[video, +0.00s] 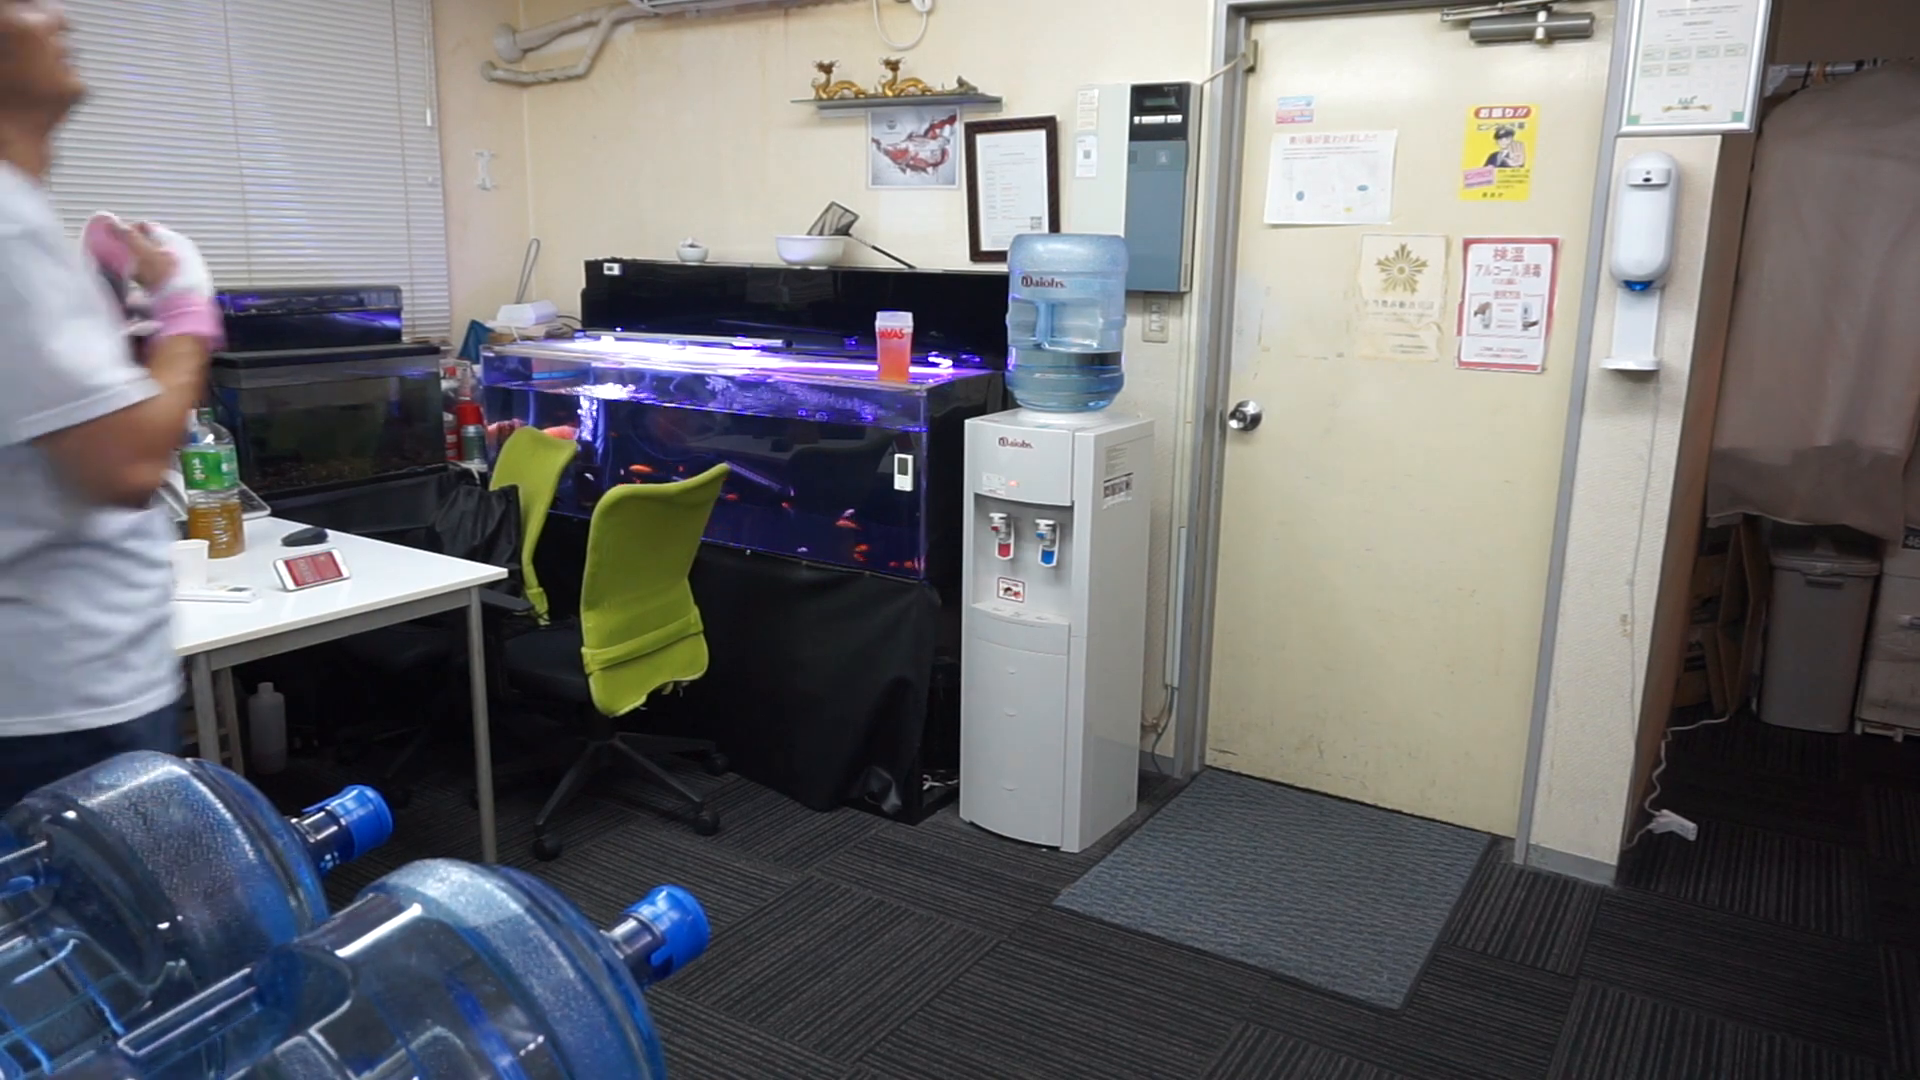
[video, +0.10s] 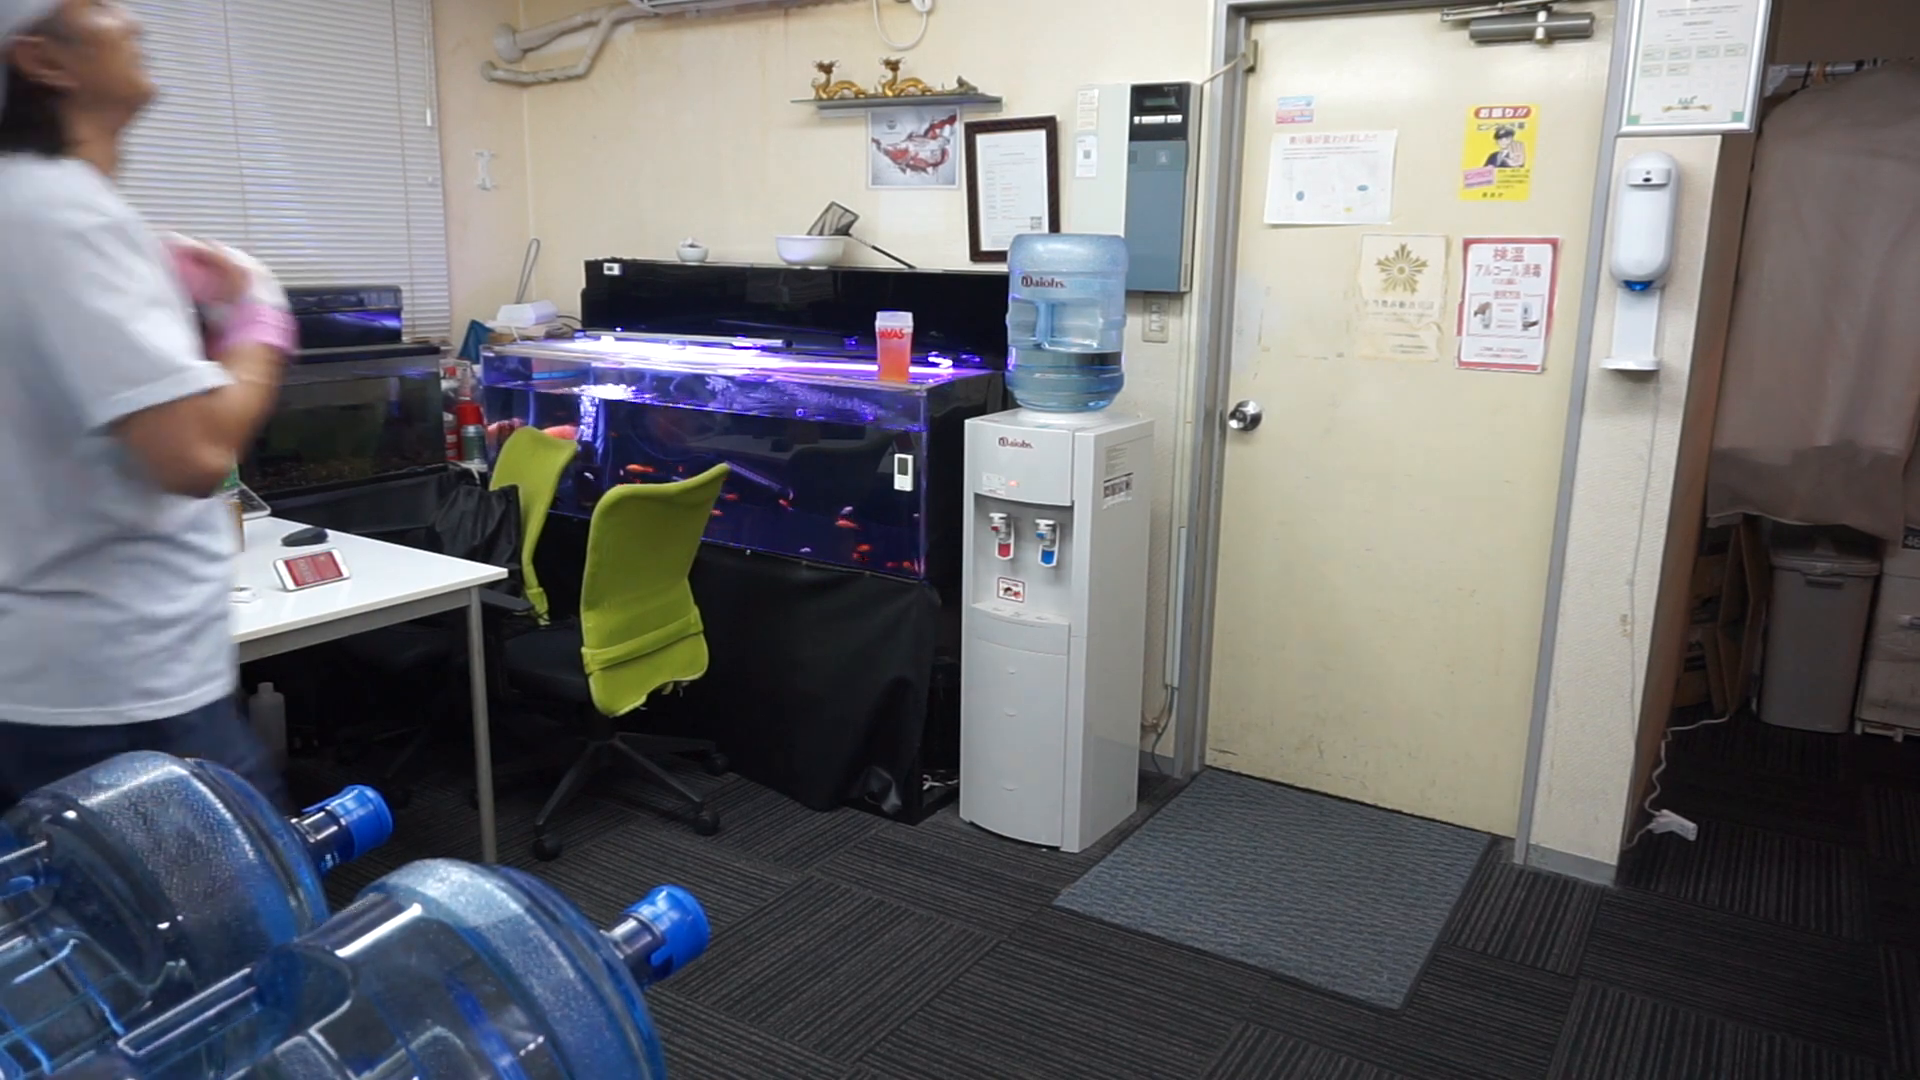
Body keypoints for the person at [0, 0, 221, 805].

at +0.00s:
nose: (61, 16)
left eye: (45, 6)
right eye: (30, 8)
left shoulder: (27, 217)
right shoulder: (17, 226)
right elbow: (124, 462)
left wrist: (120, 308)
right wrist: (188, 315)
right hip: (71, 699)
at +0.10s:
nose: (132, 19)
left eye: (112, 5)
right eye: (98, 8)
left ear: (43, 59)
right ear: (40, 59)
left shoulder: (39, 197)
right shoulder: (58, 209)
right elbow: (193, 452)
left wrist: (159, 287)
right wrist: (259, 326)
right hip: (122, 700)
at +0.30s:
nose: (272, 57)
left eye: (257, 37)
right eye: (249, 44)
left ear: (199, 93)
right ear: (198, 90)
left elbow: (64, 409)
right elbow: (306, 454)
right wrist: (418, 402)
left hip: (161, 672)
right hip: (257, 690)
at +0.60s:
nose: (457, 70)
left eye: (439, 52)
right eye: (430, 59)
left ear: (387, 108)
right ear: (385, 104)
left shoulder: (341, 227)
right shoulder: (389, 237)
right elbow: (467, 437)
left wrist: (507, 349)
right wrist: (550, 369)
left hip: (395, 609)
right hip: (454, 615)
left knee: (470, 826)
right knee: (553, 834)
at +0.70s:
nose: (514, 73)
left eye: (500, 55)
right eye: (489, 60)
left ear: (443, 107)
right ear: (438, 103)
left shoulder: (395, 220)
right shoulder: (436, 232)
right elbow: (526, 423)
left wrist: (543, 316)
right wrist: (606, 357)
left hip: (435, 591)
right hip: (491, 599)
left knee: (476, 810)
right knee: (633, 797)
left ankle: (465, 992)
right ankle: (522, 996)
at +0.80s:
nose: (568, 85)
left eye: (556, 69)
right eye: (546, 73)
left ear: (487, 115)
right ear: (495, 111)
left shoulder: (442, 223)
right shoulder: (493, 243)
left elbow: (492, 374)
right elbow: (580, 427)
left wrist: (596, 306)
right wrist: (668, 344)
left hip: (471, 575)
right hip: (535, 583)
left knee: (487, 797)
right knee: (667, 784)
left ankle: (467, 984)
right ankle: (681, 1000)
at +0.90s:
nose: (620, 99)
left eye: (605, 79)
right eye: (596, 89)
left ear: (544, 131)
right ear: (549, 130)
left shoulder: (489, 230)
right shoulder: (555, 251)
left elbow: (532, 385)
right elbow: (626, 435)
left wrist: (639, 333)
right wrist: (708, 358)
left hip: (509, 577)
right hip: (587, 591)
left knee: (513, 784)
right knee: (680, 782)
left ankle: (473, 966)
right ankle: (770, 964)